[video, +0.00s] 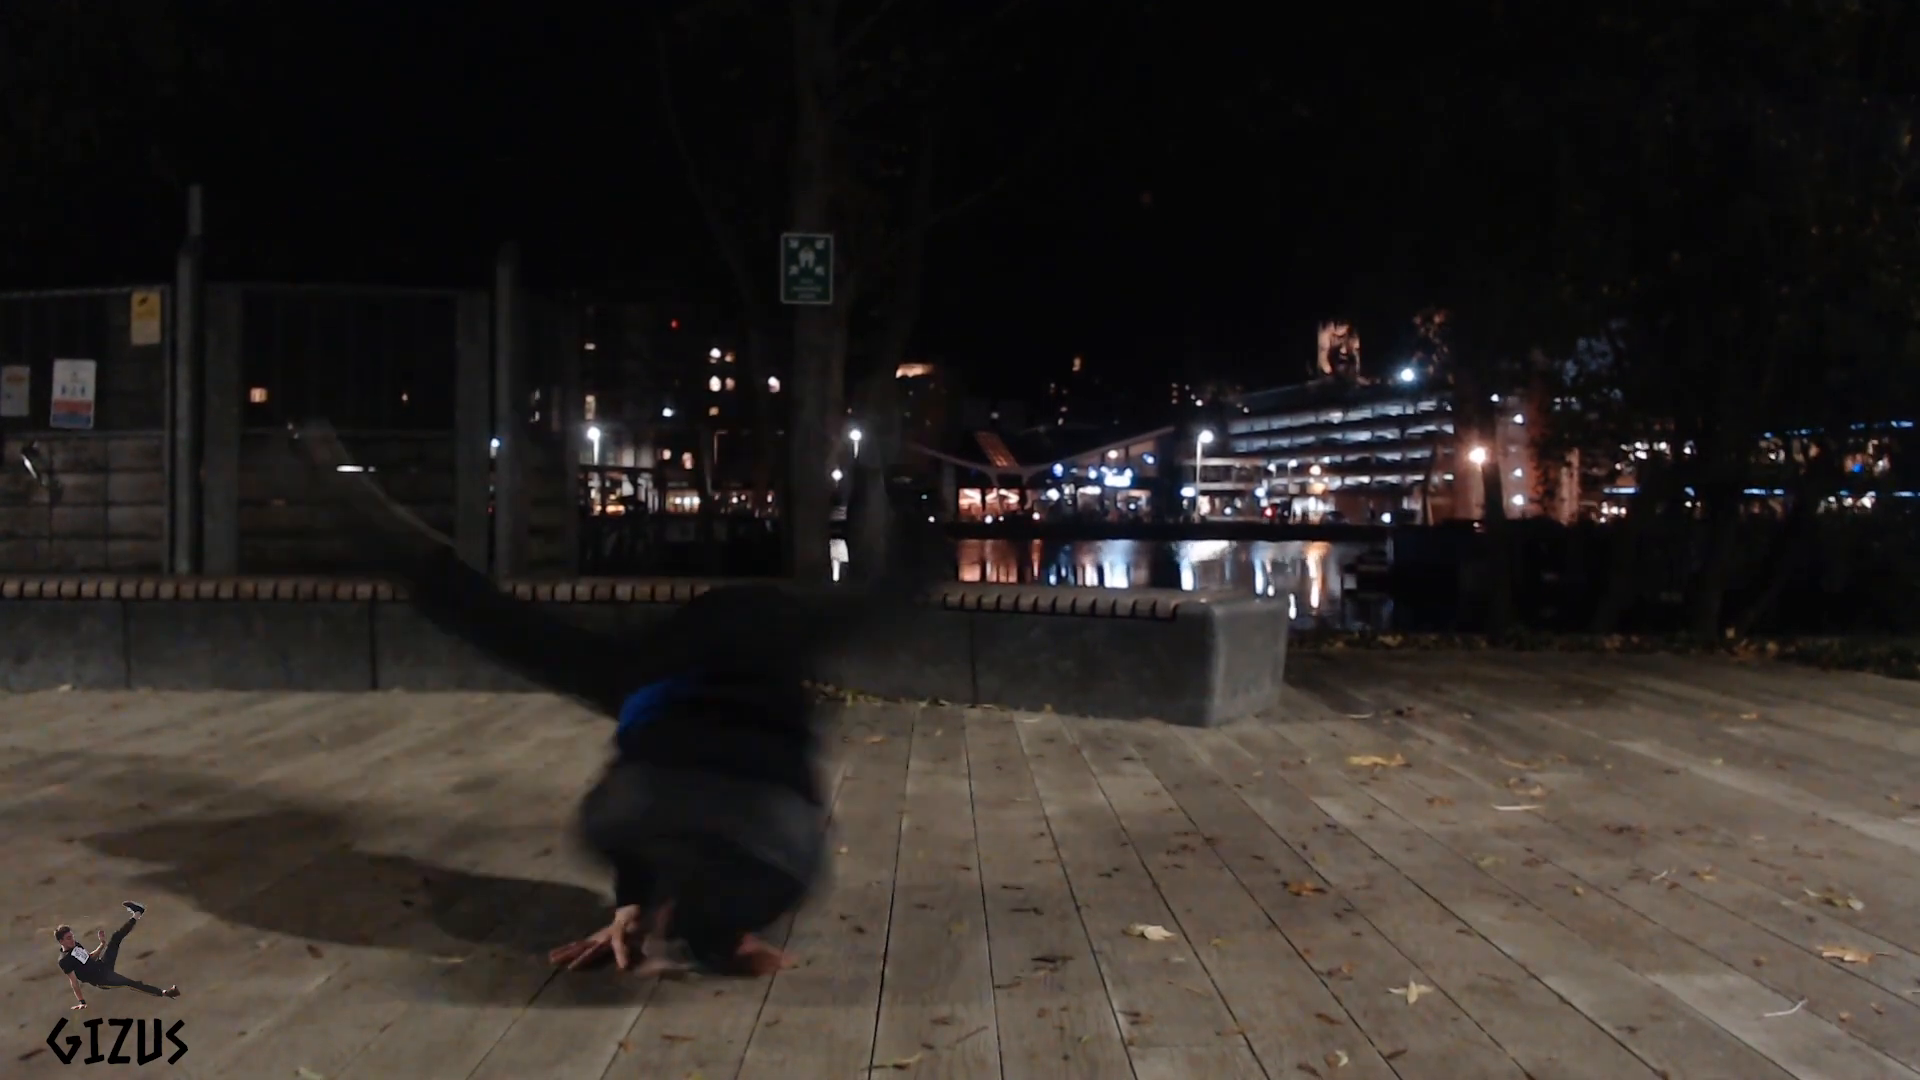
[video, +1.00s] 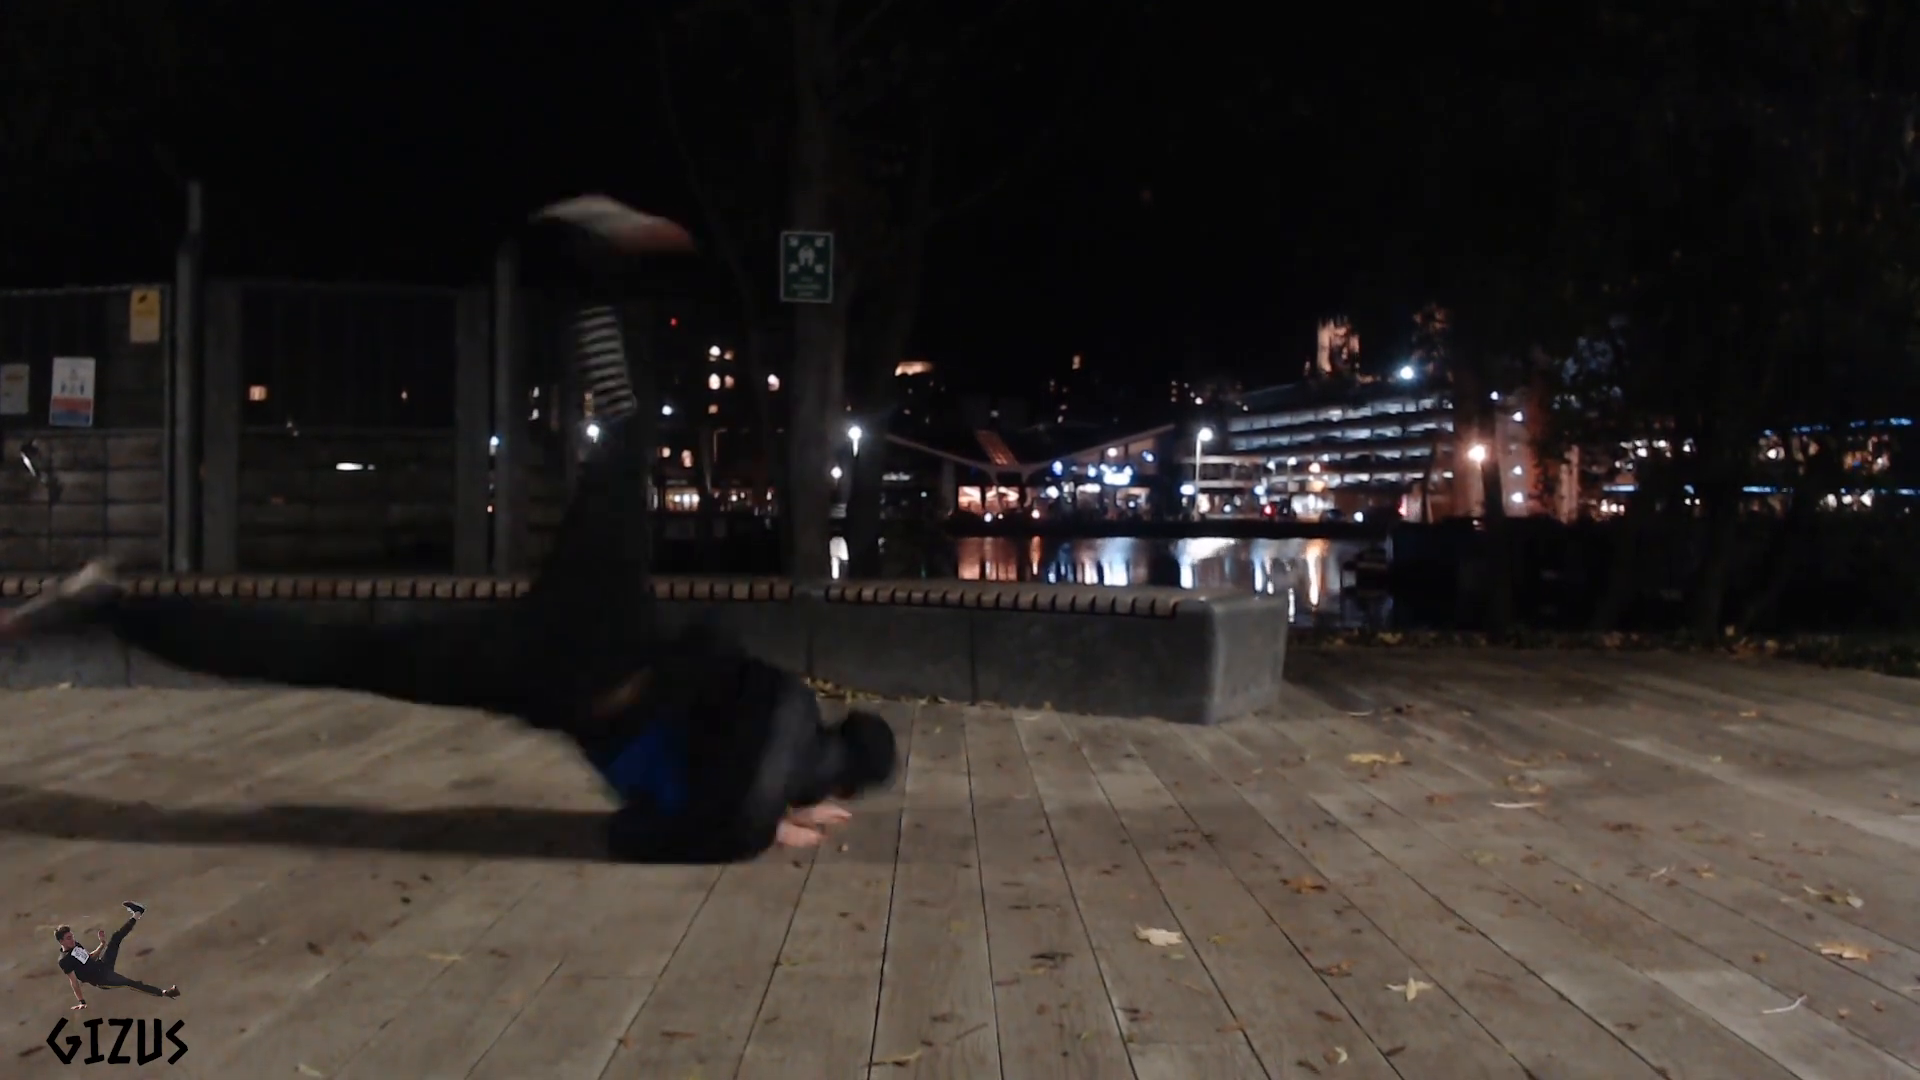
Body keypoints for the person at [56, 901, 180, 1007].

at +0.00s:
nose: (73, 939)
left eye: (72, 936)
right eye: (69, 938)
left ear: (71, 937)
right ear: (62, 941)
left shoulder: (76, 946)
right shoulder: (64, 960)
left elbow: (91, 957)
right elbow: (74, 982)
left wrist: (102, 945)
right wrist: (81, 1002)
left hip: (104, 965)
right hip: (102, 978)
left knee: (116, 938)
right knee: (132, 983)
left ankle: (136, 916)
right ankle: (165, 993)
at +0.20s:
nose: (73, 939)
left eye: (72, 936)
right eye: (69, 938)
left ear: (71, 936)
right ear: (61, 941)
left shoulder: (75, 946)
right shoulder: (64, 960)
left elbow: (91, 957)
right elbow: (74, 982)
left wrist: (102, 944)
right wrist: (81, 1002)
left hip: (104, 965)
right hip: (102, 978)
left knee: (116, 938)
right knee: (131, 983)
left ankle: (136, 917)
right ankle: (164, 993)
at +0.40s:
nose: (73, 939)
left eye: (72, 936)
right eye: (69, 938)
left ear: (71, 937)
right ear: (61, 941)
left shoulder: (76, 946)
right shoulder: (64, 960)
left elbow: (91, 957)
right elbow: (74, 982)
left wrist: (102, 944)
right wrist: (81, 1002)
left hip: (104, 965)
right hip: (102, 978)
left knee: (115, 939)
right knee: (131, 983)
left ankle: (136, 916)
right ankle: (164, 993)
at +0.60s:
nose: (73, 939)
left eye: (72, 936)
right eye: (69, 938)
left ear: (71, 937)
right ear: (61, 941)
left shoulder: (75, 946)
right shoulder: (64, 960)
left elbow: (91, 957)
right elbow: (74, 982)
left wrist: (102, 945)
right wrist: (81, 1002)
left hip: (104, 964)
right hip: (102, 978)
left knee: (116, 939)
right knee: (131, 983)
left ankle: (136, 916)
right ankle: (164, 993)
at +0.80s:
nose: (73, 939)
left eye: (72, 936)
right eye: (69, 938)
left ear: (71, 937)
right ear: (62, 941)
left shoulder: (75, 946)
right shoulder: (64, 960)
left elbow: (91, 957)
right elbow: (74, 982)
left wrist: (102, 944)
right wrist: (81, 1002)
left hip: (104, 964)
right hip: (102, 978)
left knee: (115, 939)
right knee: (131, 983)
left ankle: (136, 916)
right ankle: (164, 993)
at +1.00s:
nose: (73, 939)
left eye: (72, 936)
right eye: (69, 938)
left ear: (70, 937)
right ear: (62, 941)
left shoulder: (75, 946)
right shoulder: (64, 960)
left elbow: (91, 957)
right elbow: (73, 982)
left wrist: (102, 944)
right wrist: (81, 1001)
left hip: (104, 965)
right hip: (102, 978)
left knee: (116, 939)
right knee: (131, 983)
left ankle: (136, 916)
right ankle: (165, 993)